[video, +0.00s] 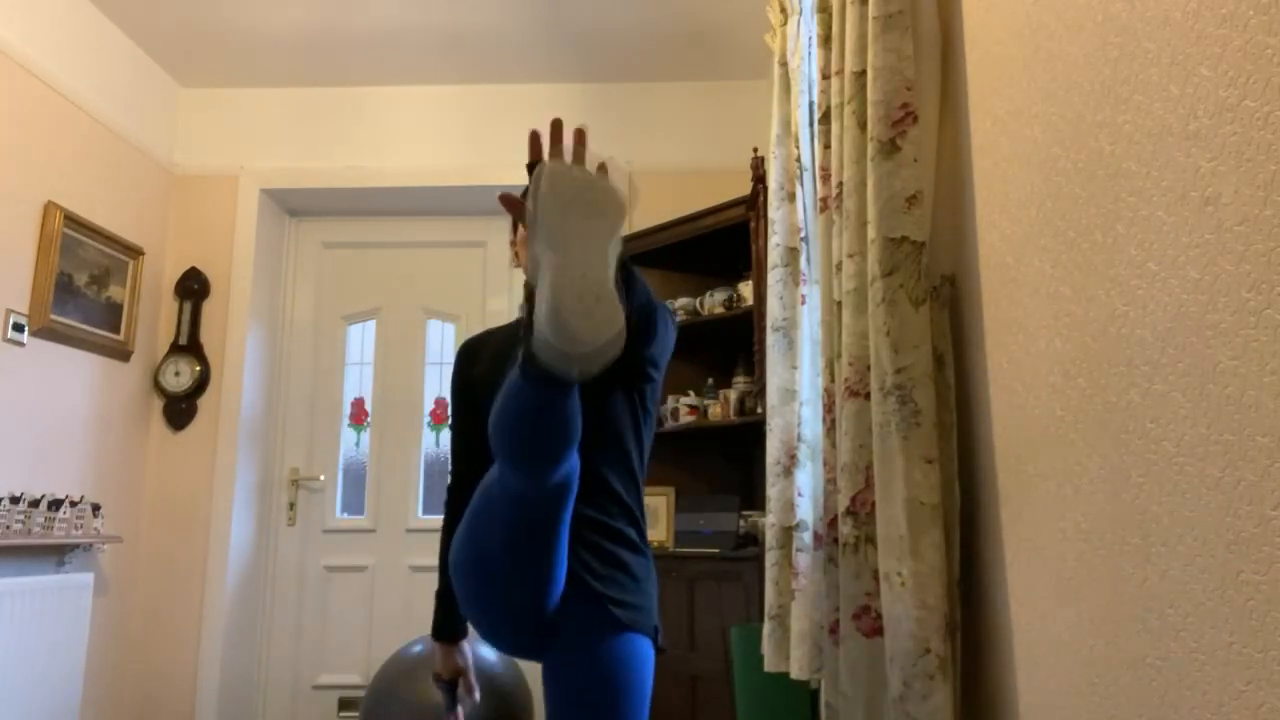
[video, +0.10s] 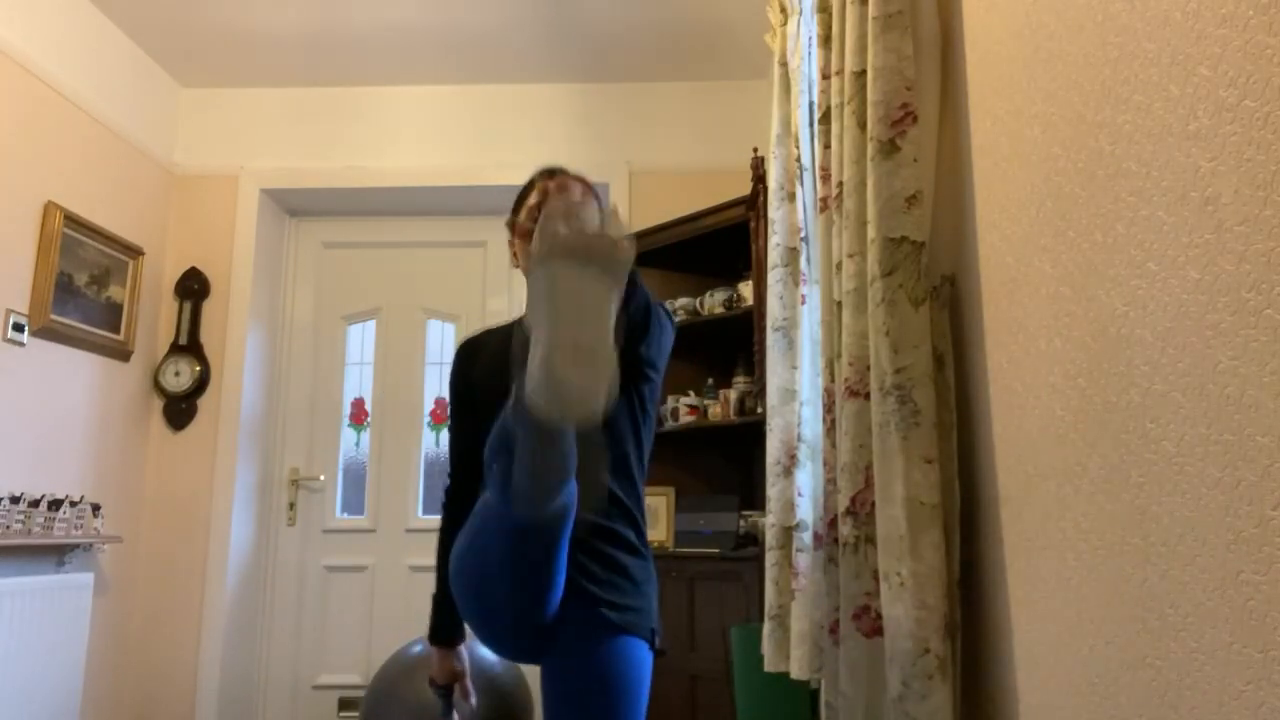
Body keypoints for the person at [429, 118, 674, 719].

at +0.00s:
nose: (545, 244)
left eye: (563, 233)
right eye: (530, 231)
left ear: (596, 250)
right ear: (515, 248)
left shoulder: (642, 339)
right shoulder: (481, 354)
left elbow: (633, 303)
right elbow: (463, 489)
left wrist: (577, 235)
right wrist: (448, 629)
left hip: (610, 598)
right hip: (502, 598)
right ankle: (559, 352)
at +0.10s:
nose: (554, 223)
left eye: (574, 215)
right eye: (537, 214)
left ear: (600, 239)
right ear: (518, 247)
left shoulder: (639, 333)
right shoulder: (480, 354)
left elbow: (626, 291)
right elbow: (461, 493)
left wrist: (583, 246)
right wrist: (445, 634)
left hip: (609, 599)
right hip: (502, 600)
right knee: (528, 504)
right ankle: (549, 408)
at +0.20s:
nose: (554, 219)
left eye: (573, 206)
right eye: (536, 206)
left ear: (599, 232)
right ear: (513, 237)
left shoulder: (630, 325)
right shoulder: (477, 341)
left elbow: (647, 331)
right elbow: (459, 483)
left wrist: (626, 312)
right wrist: (436, 620)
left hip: (609, 567)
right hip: (504, 551)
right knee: (511, 593)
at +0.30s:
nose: (554, 210)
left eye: (572, 200)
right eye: (535, 199)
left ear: (597, 231)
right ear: (510, 232)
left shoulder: (634, 316)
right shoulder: (471, 330)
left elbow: (669, 357)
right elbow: (445, 468)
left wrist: (671, 385)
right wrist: (413, 606)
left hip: (605, 570)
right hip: (495, 556)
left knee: (604, 708)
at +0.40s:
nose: (549, 211)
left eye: (567, 200)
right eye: (529, 199)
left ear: (588, 228)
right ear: (503, 228)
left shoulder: (632, 326)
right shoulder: (459, 325)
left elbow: (680, 414)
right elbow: (422, 464)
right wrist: (378, 600)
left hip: (597, 594)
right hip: (481, 592)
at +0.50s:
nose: (538, 214)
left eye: (556, 205)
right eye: (519, 201)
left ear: (573, 234)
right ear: (486, 229)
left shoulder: (608, 338)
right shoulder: (435, 321)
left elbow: (651, 470)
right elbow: (378, 460)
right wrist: (316, 591)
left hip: (566, 620)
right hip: (445, 612)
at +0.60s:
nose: (529, 216)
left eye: (546, 206)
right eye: (508, 203)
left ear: (561, 235)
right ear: (475, 229)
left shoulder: (597, 345)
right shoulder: (420, 321)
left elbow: (616, 483)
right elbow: (357, 437)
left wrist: (632, 604)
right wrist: (288, 556)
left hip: (545, 599)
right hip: (428, 593)